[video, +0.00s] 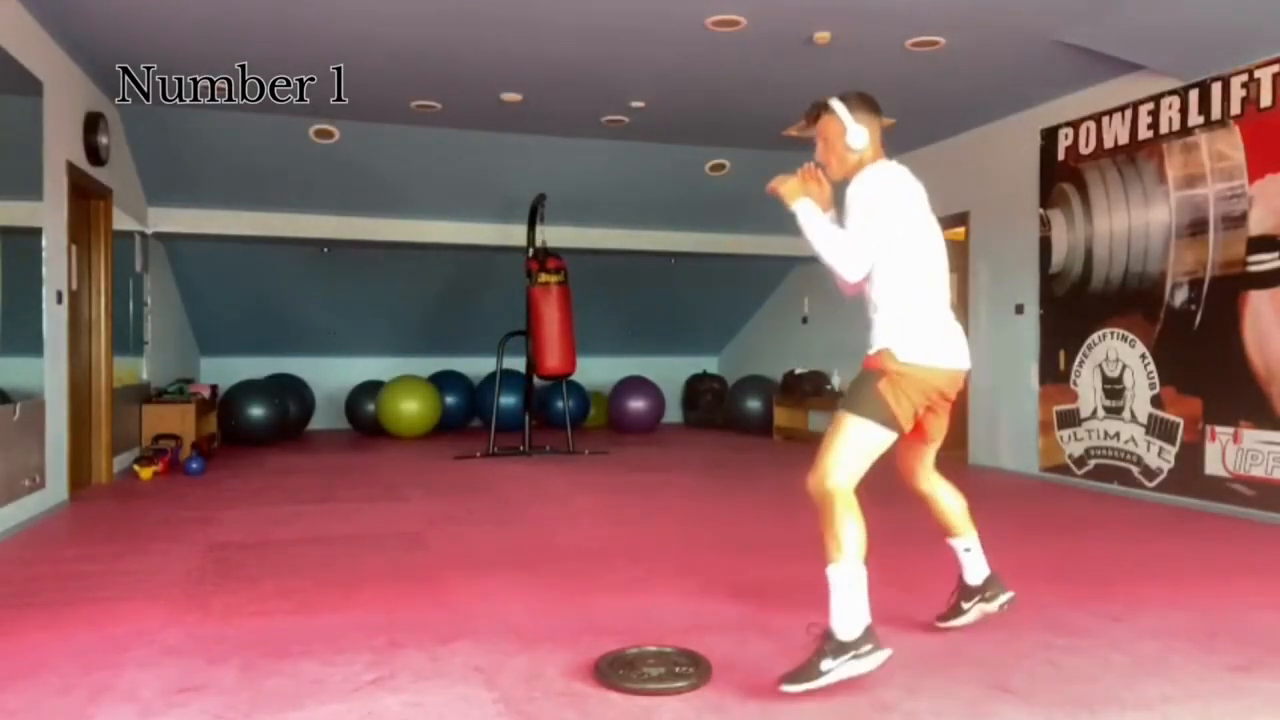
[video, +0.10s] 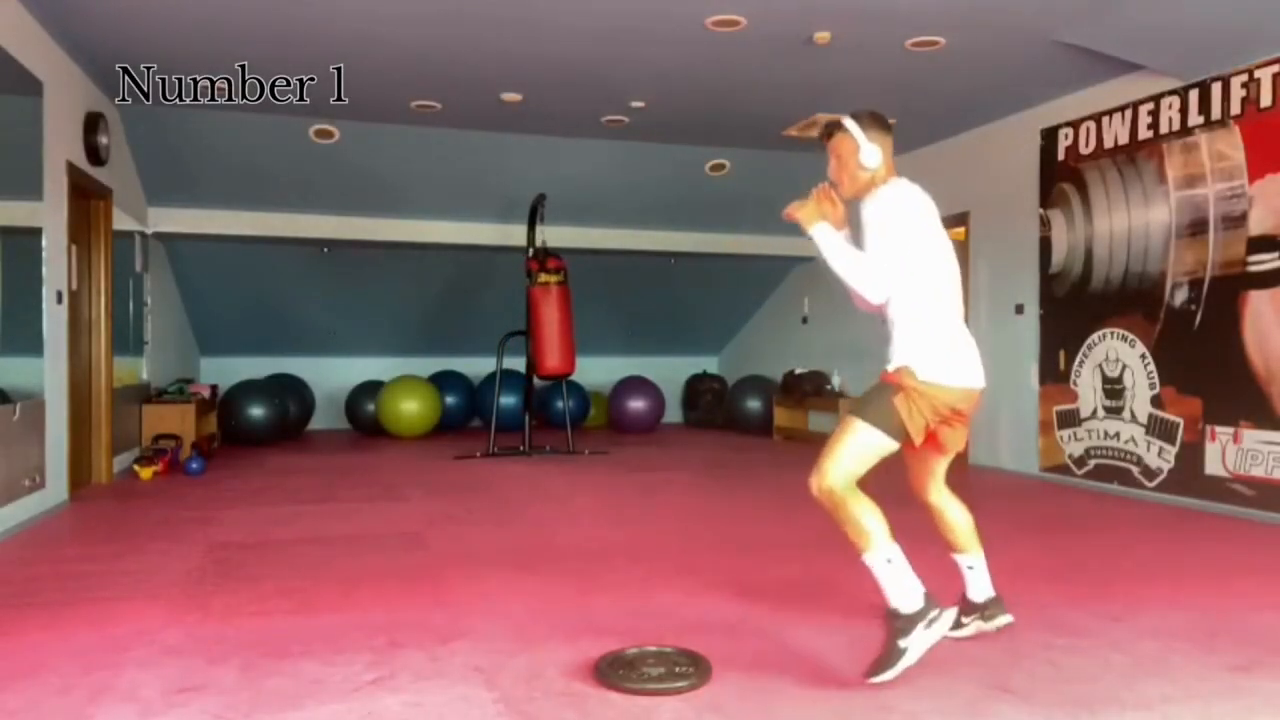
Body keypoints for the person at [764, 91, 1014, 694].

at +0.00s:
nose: (818, 153)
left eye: (823, 140)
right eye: (817, 142)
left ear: (854, 135)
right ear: (869, 137)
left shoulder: (869, 186)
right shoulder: (905, 183)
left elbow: (851, 267)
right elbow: (869, 269)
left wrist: (804, 207)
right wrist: (829, 205)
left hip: (907, 358)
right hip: (947, 360)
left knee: (830, 480)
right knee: (919, 467)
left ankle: (852, 636)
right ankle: (981, 582)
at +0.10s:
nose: (831, 170)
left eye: (837, 157)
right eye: (830, 158)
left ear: (868, 156)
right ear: (879, 158)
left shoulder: (884, 204)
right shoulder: (912, 200)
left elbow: (876, 288)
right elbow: (881, 294)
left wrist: (822, 230)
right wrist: (837, 227)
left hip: (923, 375)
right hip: (959, 375)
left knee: (830, 481)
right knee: (932, 486)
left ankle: (912, 609)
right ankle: (984, 599)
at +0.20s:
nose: (843, 200)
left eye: (850, 187)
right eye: (842, 187)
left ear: (882, 185)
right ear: (888, 188)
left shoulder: (899, 240)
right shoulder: (923, 233)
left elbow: (896, 323)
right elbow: (896, 321)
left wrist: (838, 270)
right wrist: (849, 265)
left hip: (930, 409)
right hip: (965, 410)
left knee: (846, 512)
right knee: (925, 505)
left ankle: (952, 622)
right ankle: (992, 612)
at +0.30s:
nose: (843, 193)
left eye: (851, 180)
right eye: (843, 181)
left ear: (882, 178)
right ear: (888, 181)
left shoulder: (900, 232)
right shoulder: (921, 227)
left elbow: (895, 314)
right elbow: (889, 317)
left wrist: (841, 262)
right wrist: (847, 260)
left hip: (926, 403)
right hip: (959, 404)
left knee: (839, 501)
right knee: (926, 505)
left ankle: (941, 616)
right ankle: (991, 613)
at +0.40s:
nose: (832, 156)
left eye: (837, 144)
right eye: (831, 146)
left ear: (869, 141)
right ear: (875, 143)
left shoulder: (888, 193)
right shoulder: (909, 192)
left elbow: (878, 275)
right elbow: (866, 288)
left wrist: (820, 220)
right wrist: (832, 221)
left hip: (916, 366)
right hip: (948, 369)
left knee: (828, 474)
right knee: (937, 487)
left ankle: (901, 612)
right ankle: (982, 601)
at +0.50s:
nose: (818, 142)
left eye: (824, 129)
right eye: (817, 132)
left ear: (855, 126)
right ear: (863, 129)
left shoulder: (873, 178)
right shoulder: (898, 178)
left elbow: (854, 257)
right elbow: (857, 270)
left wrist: (795, 203)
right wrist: (822, 206)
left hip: (903, 348)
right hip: (938, 350)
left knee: (828, 473)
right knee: (924, 472)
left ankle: (847, 633)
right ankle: (975, 589)